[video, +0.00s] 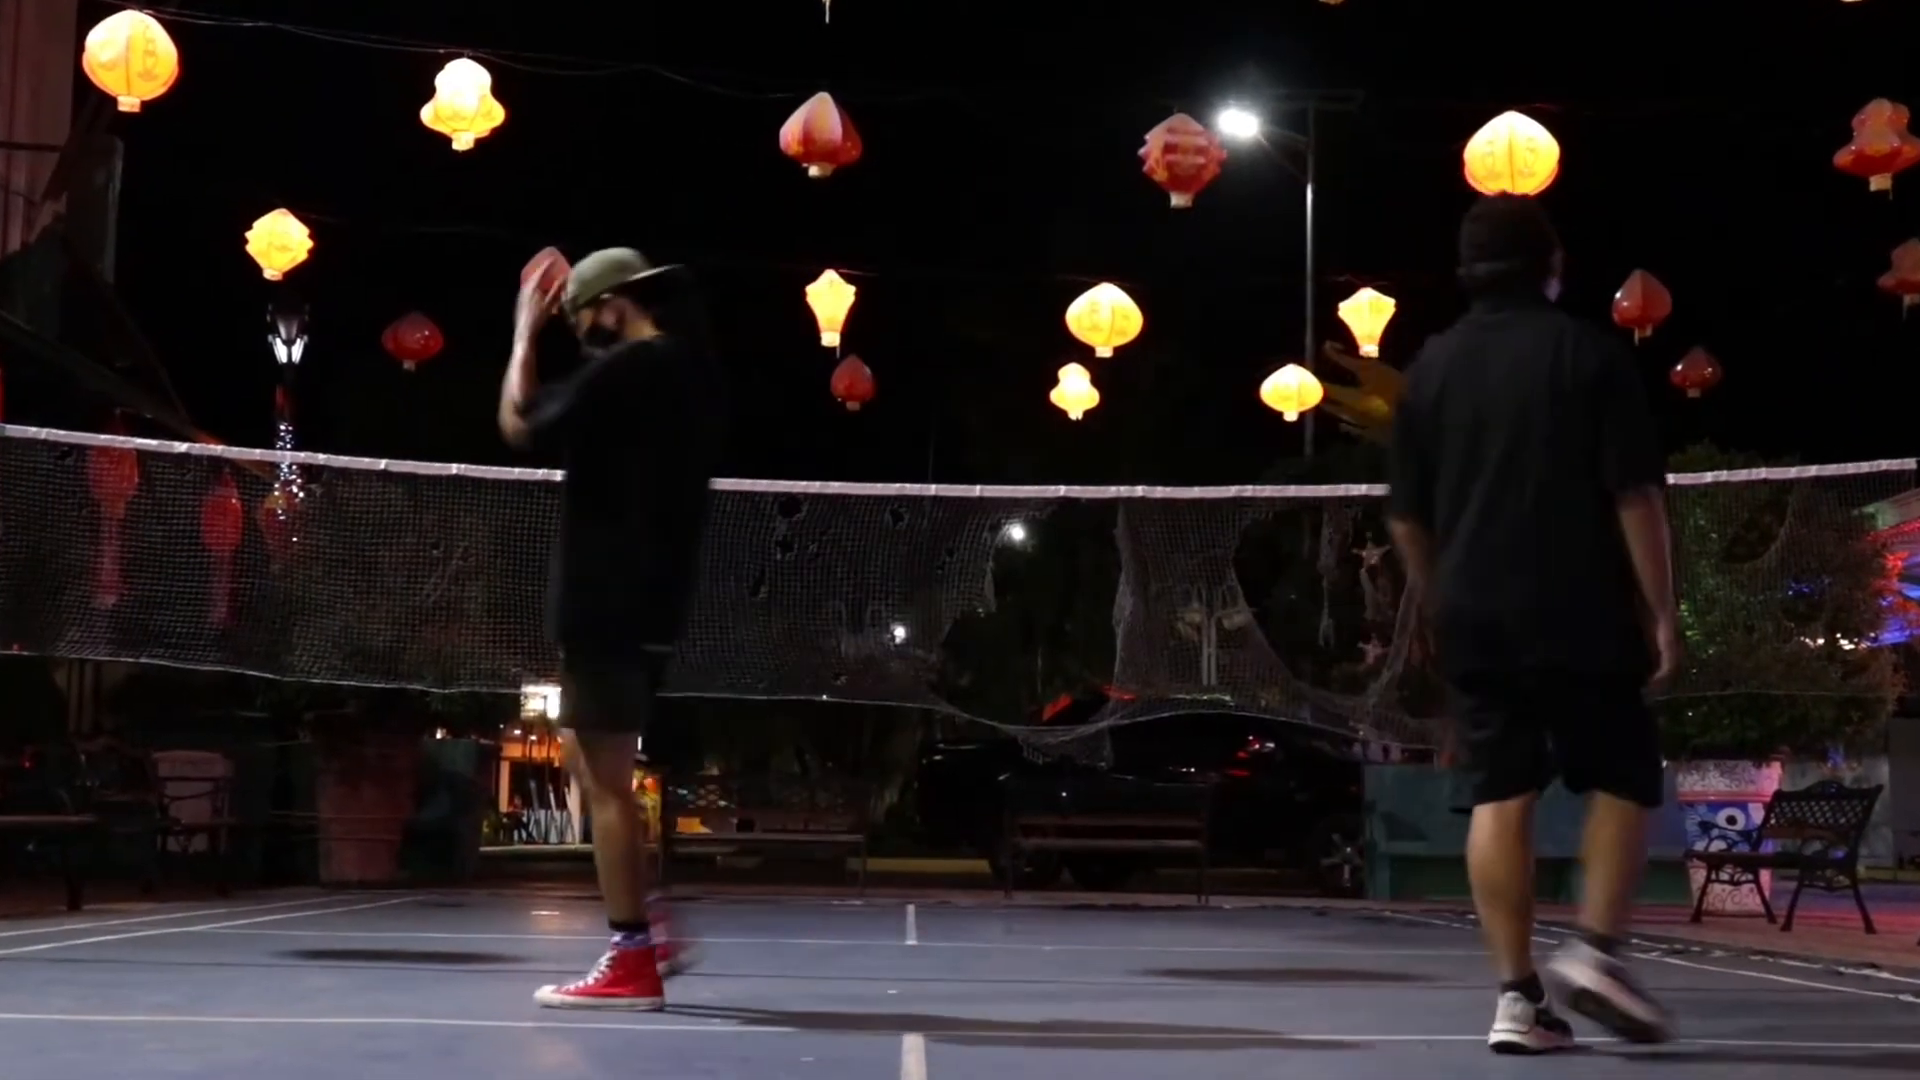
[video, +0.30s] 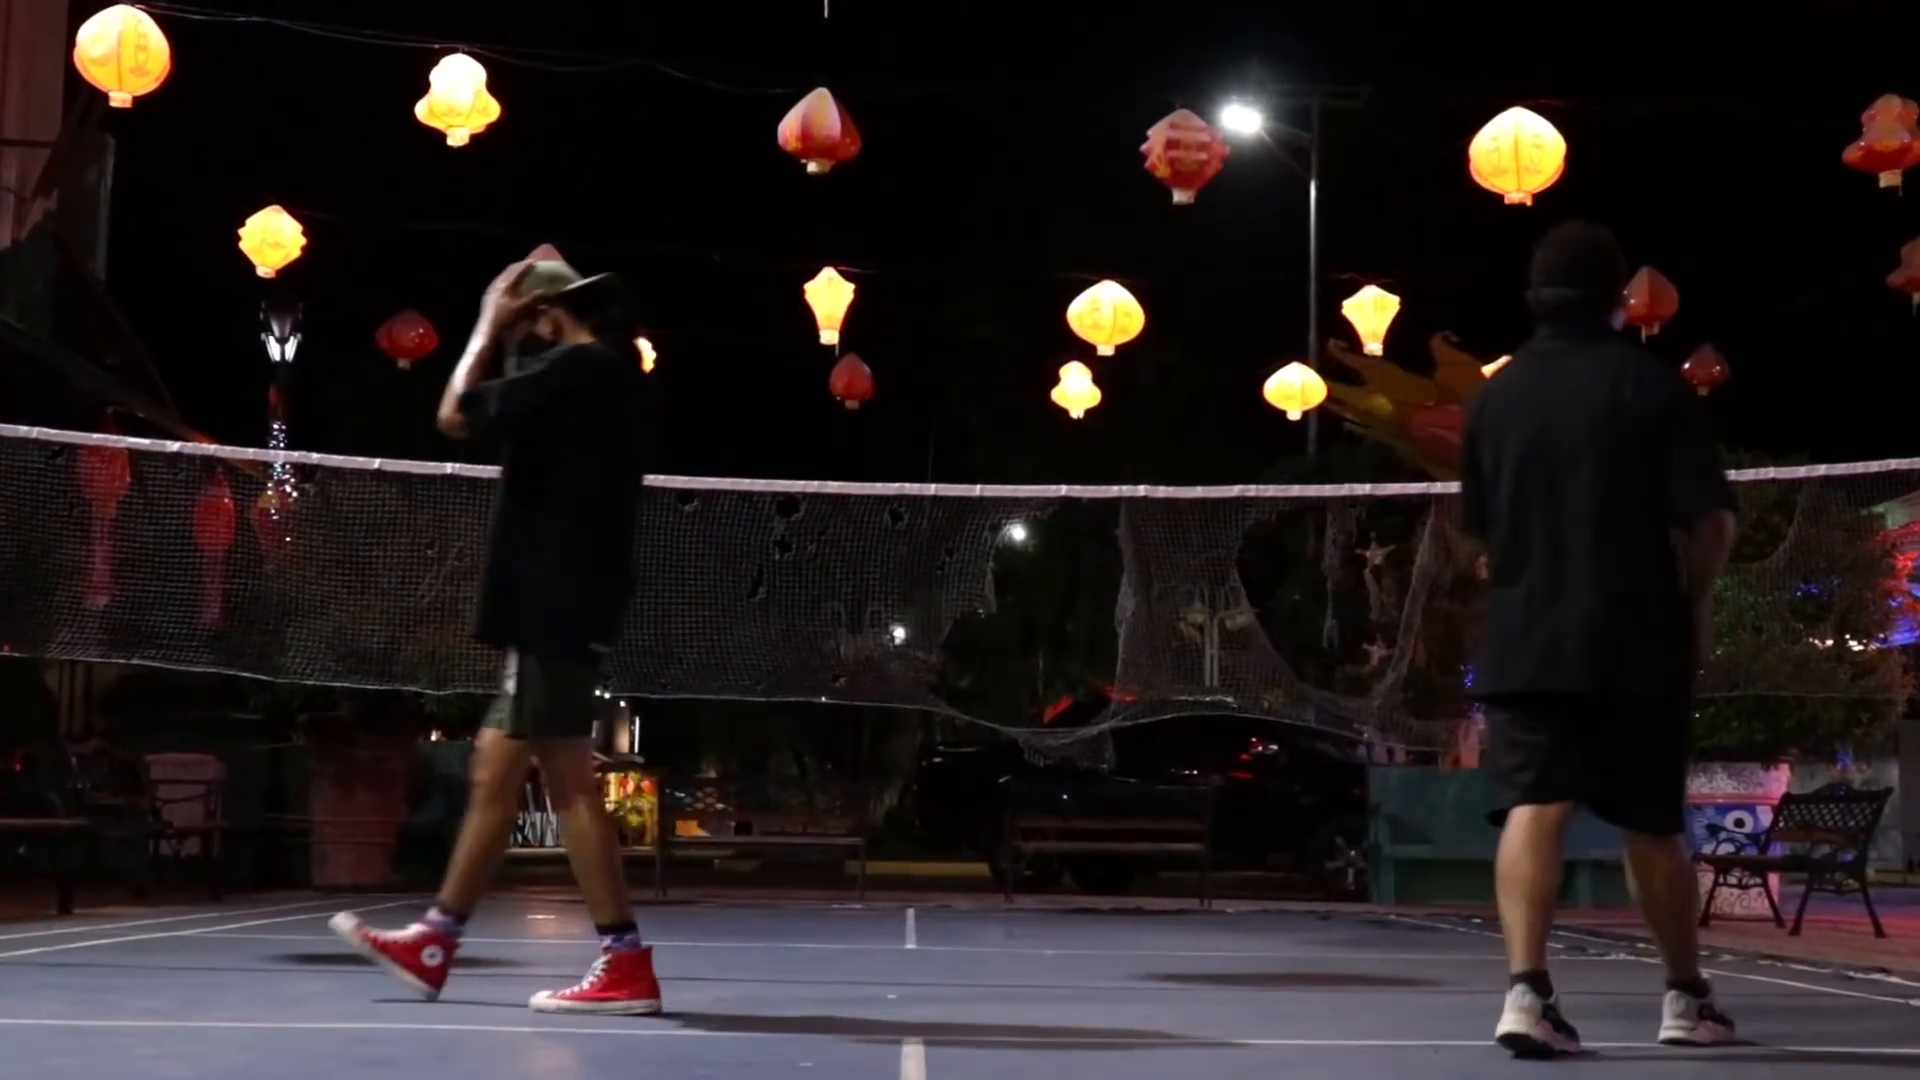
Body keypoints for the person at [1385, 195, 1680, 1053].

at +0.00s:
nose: (1563, 268)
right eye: (1557, 255)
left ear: (1468, 270)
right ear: (1552, 264)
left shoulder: (1433, 367)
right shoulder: (1592, 353)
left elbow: (1406, 512)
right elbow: (1635, 495)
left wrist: (1434, 601)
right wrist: (1662, 611)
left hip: (1475, 615)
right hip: (1579, 609)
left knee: (1499, 791)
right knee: (1624, 776)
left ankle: (1517, 997)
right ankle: (1594, 947)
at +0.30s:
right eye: (1626, 286)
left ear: (1536, 296)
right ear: (1620, 295)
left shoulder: (1498, 395)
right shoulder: (1655, 387)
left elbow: (1475, 530)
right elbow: (1714, 523)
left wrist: (1530, 580)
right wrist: (1690, 606)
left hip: (1528, 637)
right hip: (1640, 636)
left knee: (1533, 804)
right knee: (1653, 823)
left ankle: (1524, 993)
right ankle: (1686, 998)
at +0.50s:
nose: (1677, 296)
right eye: (1669, 286)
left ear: (1579, 306)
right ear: (1662, 302)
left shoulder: (1539, 399)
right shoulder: (1697, 392)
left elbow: (1519, 533)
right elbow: (1752, 504)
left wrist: (1531, 632)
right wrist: (1726, 394)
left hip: (1574, 638)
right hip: (1683, 637)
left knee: (1575, 795)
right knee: (1687, 809)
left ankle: (1564, 923)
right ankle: (1689, 1003)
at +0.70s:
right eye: (1665, 307)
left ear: (1587, 322)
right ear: (1666, 317)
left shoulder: (1559, 408)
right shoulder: (1716, 395)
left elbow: (1531, 548)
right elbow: (1746, 513)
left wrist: (1520, 655)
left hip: (1601, 643)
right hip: (1710, 639)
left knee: (1608, 805)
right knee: (1697, 810)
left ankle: (1632, 983)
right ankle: (1696, 1001)